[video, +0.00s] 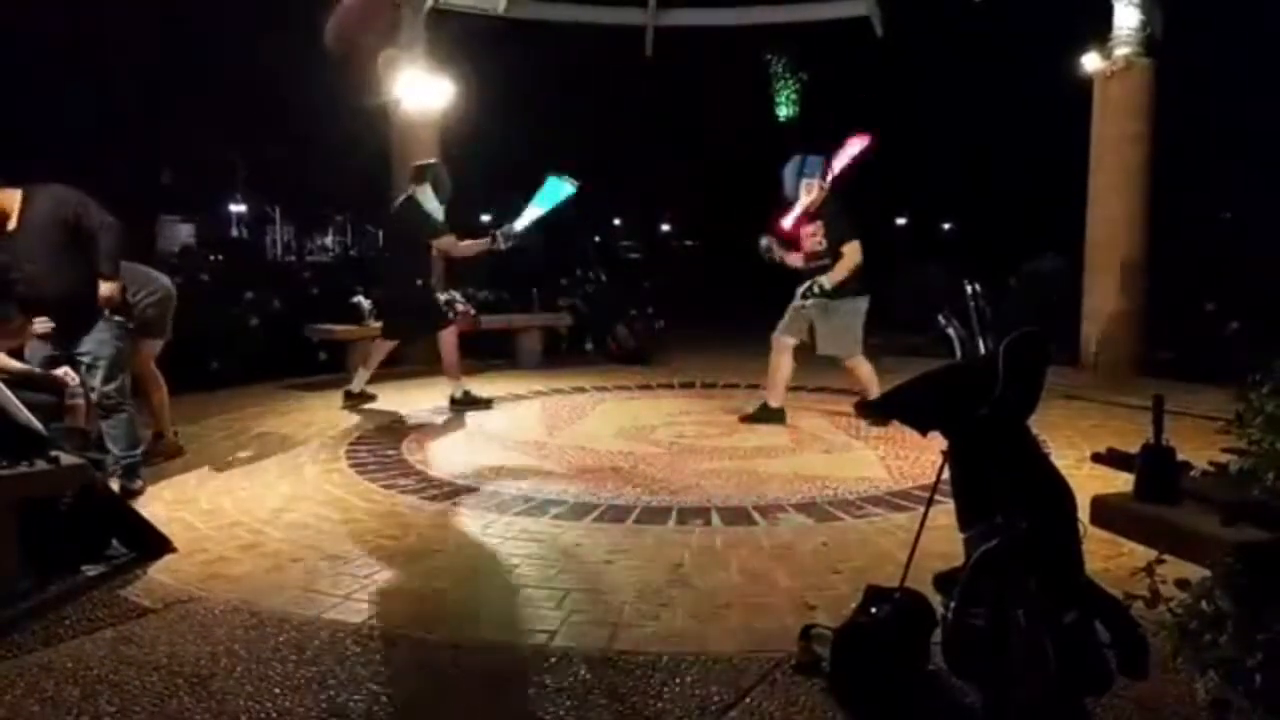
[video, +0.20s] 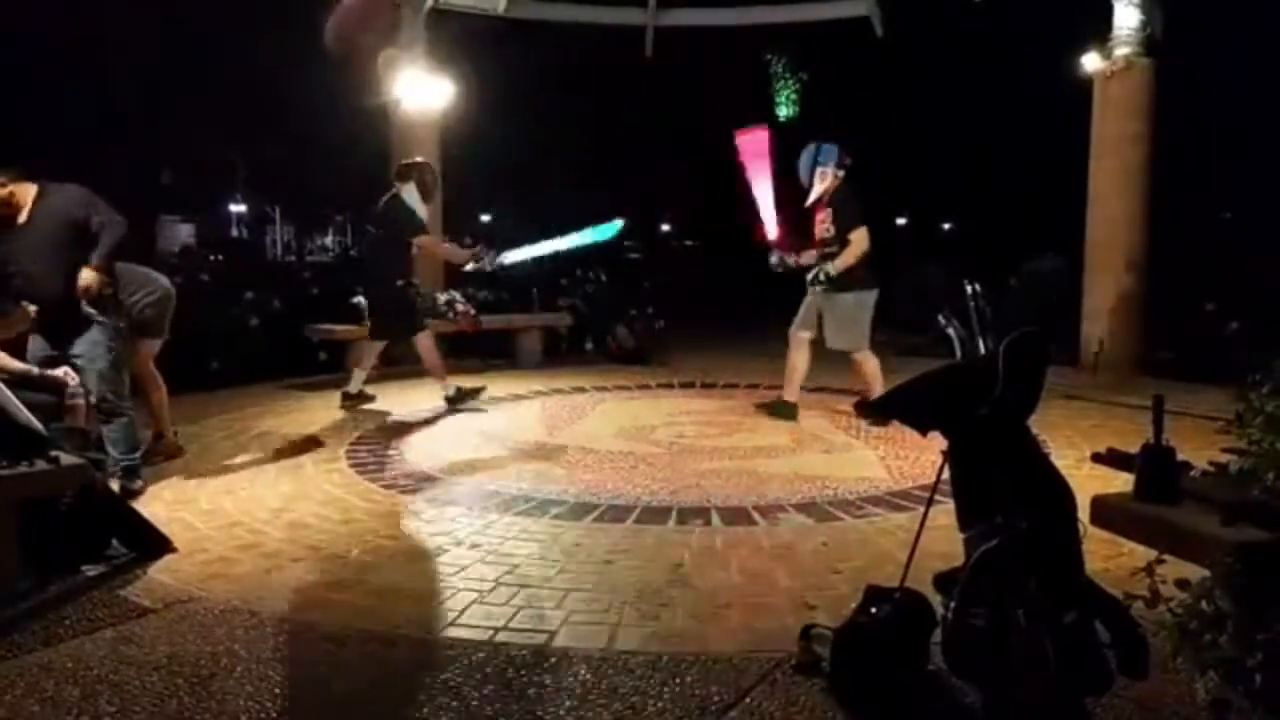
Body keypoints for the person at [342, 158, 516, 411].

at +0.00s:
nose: (446, 193)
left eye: (445, 187)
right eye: (443, 187)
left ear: (418, 182)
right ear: (431, 184)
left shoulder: (402, 207)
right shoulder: (417, 211)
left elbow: (437, 245)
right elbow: (454, 248)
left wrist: (484, 243)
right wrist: (491, 242)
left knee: (391, 334)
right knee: (447, 326)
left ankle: (355, 387)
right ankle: (458, 392)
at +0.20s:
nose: (434, 189)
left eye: (434, 182)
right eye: (431, 182)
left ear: (406, 181)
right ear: (420, 182)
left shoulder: (390, 204)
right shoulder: (400, 208)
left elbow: (422, 243)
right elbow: (430, 245)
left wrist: (460, 254)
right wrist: (467, 256)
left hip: (380, 281)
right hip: (393, 283)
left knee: (379, 336)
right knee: (421, 332)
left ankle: (353, 389)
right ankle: (449, 389)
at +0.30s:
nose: (430, 186)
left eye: (431, 179)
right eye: (427, 179)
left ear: (404, 178)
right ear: (414, 178)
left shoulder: (389, 201)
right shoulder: (396, 204)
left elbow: (415, 245)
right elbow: (417, 245)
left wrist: (449, 264)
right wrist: (452, 265)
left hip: (378, 280)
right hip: (387, 282)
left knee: (374, 335)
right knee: (412, 331)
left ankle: (352, 389)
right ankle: (431, 390)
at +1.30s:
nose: (425, 186)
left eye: (424, 180)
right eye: (421, 180)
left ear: (403, 180)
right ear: (409, 181)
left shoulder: (395, 206)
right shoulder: (388, 207)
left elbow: (396, 251)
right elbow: (390, 254)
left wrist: (415, 273)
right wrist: (415, 275)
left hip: (376, 278)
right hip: (381, 279)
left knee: (374, 335)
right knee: (408, 328)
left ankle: (347, 388)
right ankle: (426, 387)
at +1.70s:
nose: (428, 185)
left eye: (428, 179)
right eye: (425, 179)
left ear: (405, 180)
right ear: (413, 180)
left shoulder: (392, 203)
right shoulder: (395, 206)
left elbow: (406, 251)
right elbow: (406, 251)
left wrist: (436, 263)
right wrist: (438, 261)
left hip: (377, 279)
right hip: (387, 280)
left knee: (381, 333)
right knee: (426, 325)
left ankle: (349, 387)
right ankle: (433, 386)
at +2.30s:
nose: (413, 186)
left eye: (412, 180)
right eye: (410, 180)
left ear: (391, 179)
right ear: (399, 180)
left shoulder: (376, 201)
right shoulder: (381, 205)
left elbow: (384, 248)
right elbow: (390, 249)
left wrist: (404, 272)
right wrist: (414, 271)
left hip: (364, 276)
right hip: (371, 278)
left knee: (359, 333)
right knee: (396, 329)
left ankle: (333, 387)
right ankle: (421, 385)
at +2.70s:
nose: (398, 186)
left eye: (398, 180)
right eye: (395, 180)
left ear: (372, 181)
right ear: (386, 181)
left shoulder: (360, 201)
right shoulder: (373, 206)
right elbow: (381, 248)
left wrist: (406, 262)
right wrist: (410, 261)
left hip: (350, 274)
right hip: (364, 276)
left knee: (358, 329)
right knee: (402, 322)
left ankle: (334, 386)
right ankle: (392, 381)